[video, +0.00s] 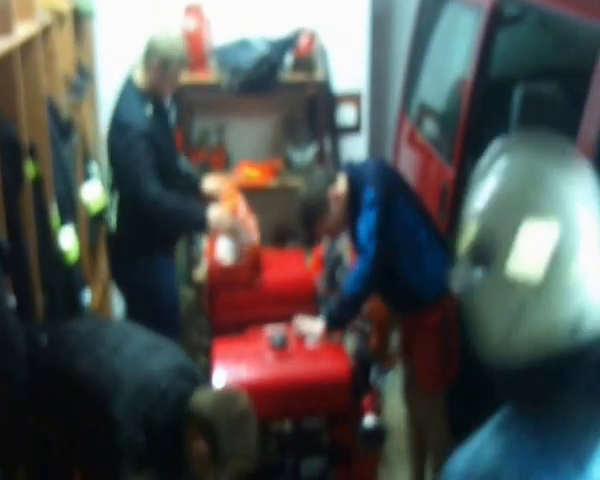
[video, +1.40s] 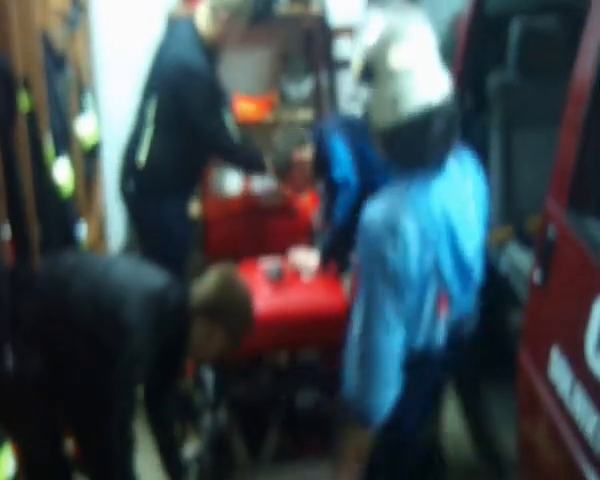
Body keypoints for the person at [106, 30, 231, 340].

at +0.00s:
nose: (177, 81)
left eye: (180, 73)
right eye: (174, 72)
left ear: (161, 68)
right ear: (155, 67)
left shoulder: (157, 103)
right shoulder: (132, 119)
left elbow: (169, 168)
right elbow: (147, 196)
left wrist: (202, 183)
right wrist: (206, 218)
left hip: (156, 241)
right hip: (140, 249)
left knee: (157, 336)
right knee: (163, 340)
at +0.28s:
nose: (194, 77)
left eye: (196, 69)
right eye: (192, 69)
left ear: (175, 59)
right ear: (172, 59)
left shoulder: (159, 90)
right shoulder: (152, 108)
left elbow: (190, 137)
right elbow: (181, 178)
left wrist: (230, 165)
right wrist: (241, 200)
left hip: (159, 230)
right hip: (153, 240)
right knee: (165, 330)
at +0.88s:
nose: (236, 67)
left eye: (238, 58)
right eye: (235, 58)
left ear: (211, 43)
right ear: (220, 52)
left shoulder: (183, 65)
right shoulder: (186, 94)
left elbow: (207, 138)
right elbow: (210, 170)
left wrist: (241, 169)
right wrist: (261, 206)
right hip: (154, 215)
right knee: (166, 305)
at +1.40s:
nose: (238, 36)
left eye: (241, 28)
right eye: (239, 27)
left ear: (215, 13)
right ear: (224, 19)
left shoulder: (182, 36)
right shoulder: (192, 62)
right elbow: (213, 137)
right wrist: (258, 163)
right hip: (158, 185)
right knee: (170, 273)